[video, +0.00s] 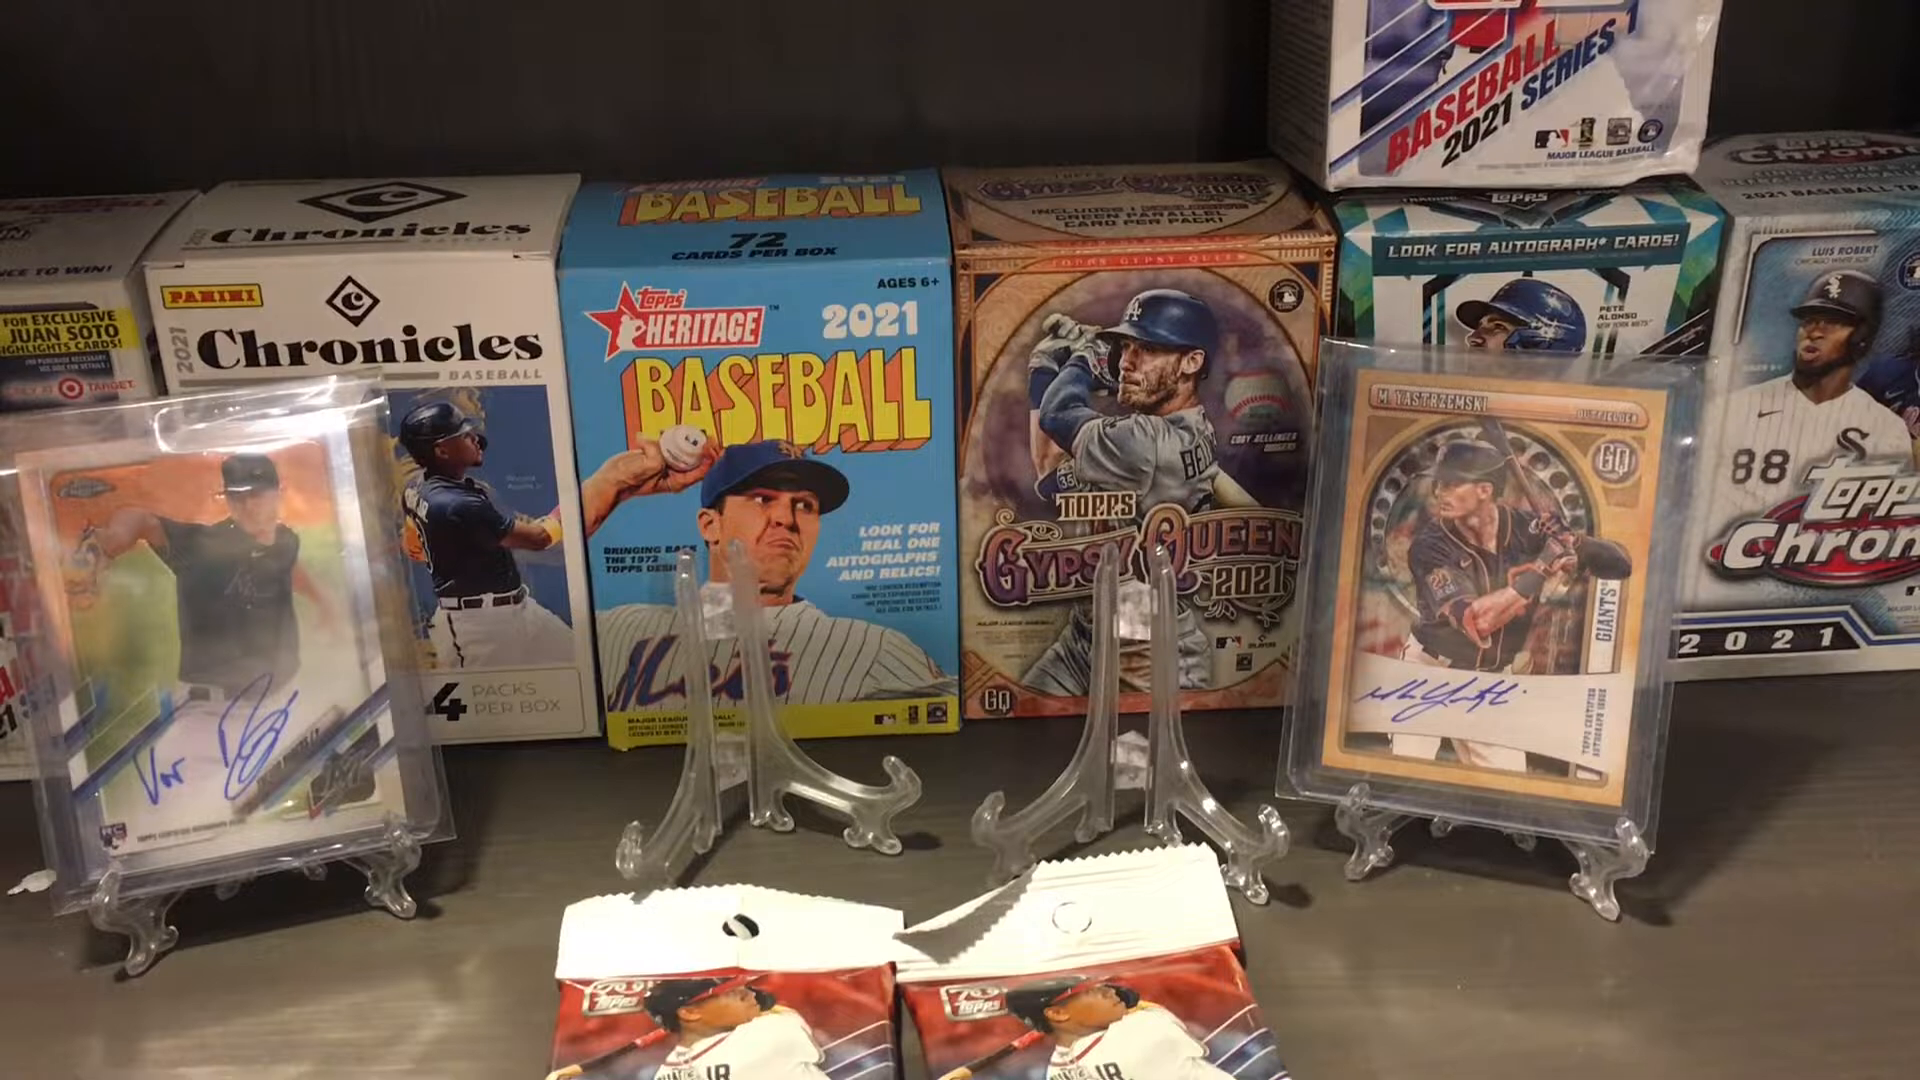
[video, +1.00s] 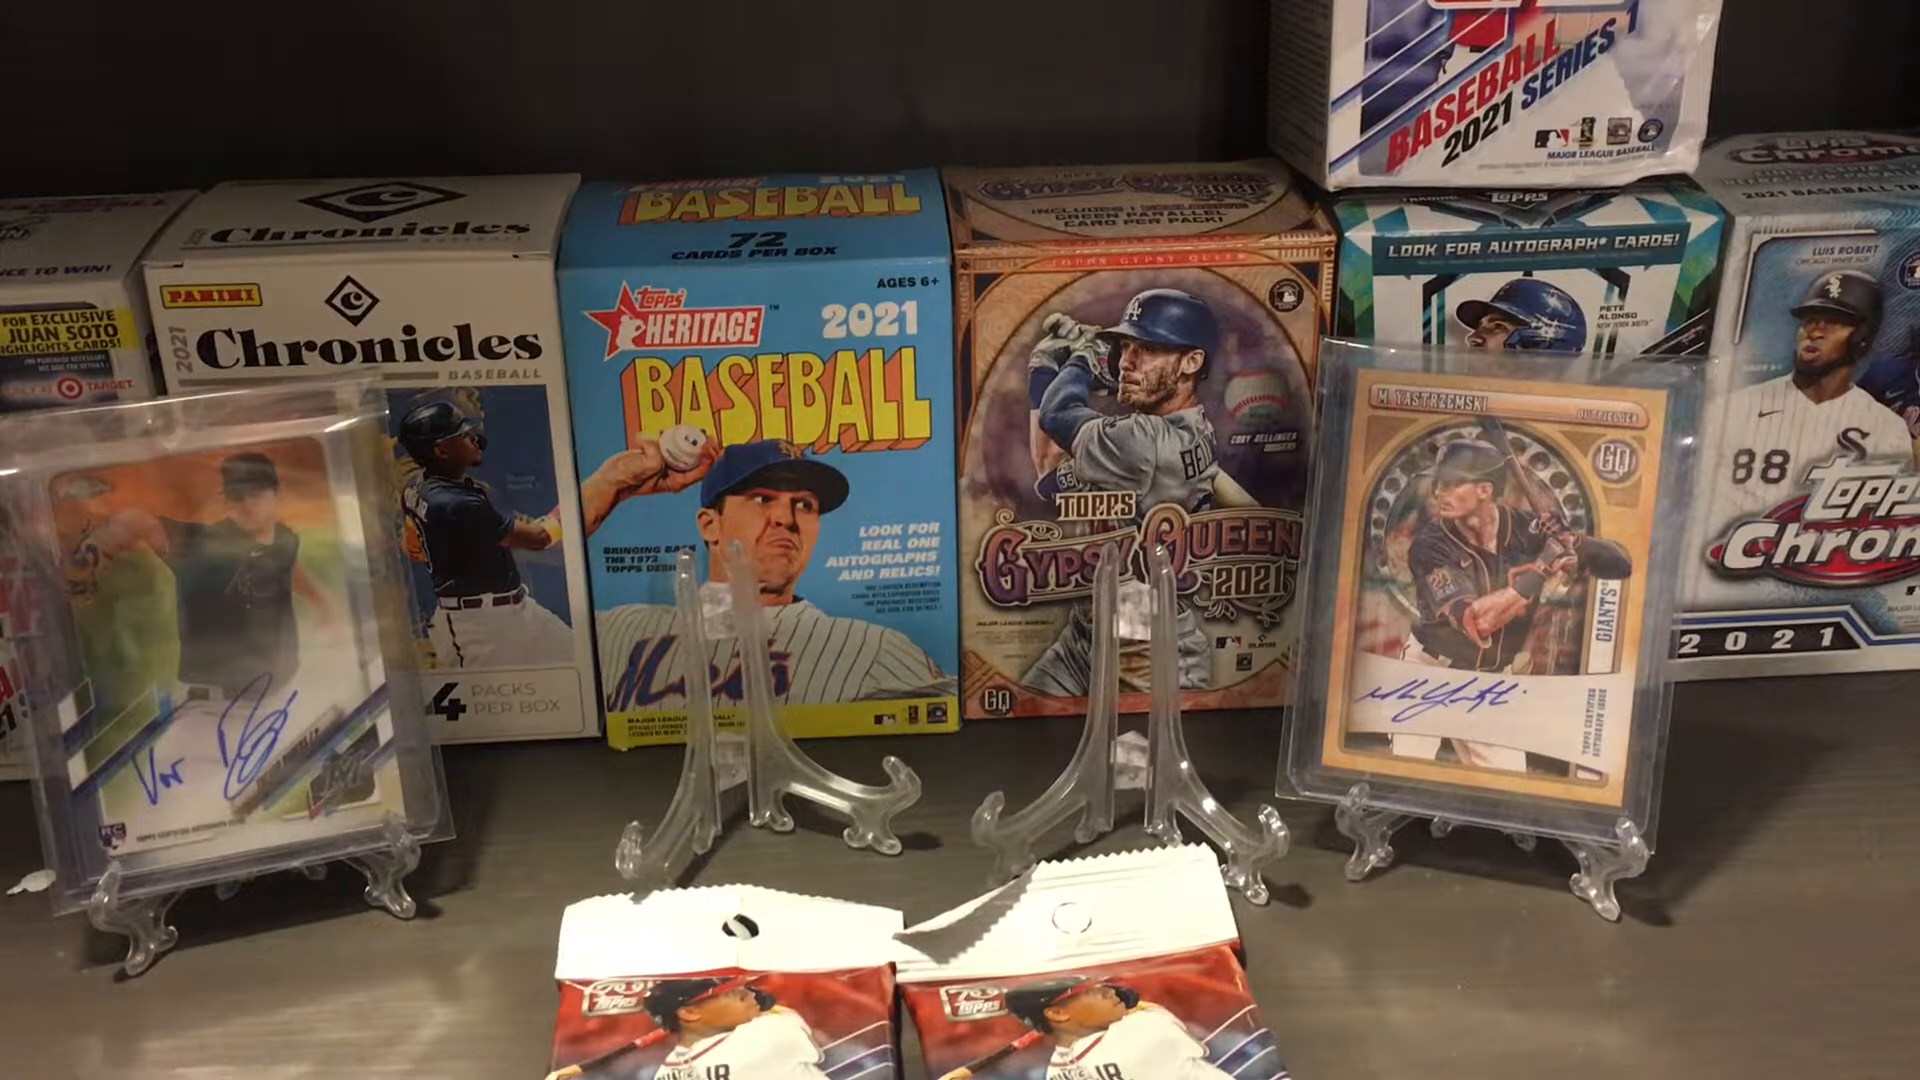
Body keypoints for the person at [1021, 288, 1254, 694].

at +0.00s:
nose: (1127, 362)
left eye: (1147, 350)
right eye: (1126, 348)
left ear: (1190, 363)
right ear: (1121, 349)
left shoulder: (1143, 441)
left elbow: (1060, 410)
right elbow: (1048, 475)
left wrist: (1086, 360)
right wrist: (1042, 372)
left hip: (1158, 647)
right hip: (1092, 638)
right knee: (1012, 736)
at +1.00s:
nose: (1128, 361)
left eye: (1148, 350)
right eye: (1127, 347)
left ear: (1190, 363)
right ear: (1121, 348)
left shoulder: (1141, 441)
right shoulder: (1187, 430)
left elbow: (1060, 410)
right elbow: (1049, 474)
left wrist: (1086, 361)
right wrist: (1041, 373)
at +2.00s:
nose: (1127, 361)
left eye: (1147, 350)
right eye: (1127, 347)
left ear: (1190, 362)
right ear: (1121, 347)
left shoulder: (1139, 439)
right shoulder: (1190, 431)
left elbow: (1060, 409)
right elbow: (1048, 476)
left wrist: (1085, 360)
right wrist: (1041, 371)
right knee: (1010, 737)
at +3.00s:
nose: (1127, 361)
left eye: (1147, 350)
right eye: (1126, 347)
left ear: (1190, 363)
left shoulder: (1139, 440)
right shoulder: (1190, 430)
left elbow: (1059, 408)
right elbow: (1048, 474)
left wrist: (1086, 360)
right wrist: (1041, 372)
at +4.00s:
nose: (1128, 361)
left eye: (1148, 349)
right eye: (1127, 347)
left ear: (1190, 363)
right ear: (1121, 348)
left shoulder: (1138, 440)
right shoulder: (1190, 430)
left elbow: (1059, 409)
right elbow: (1048, 476)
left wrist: (1087, 360)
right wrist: (1041, 373)